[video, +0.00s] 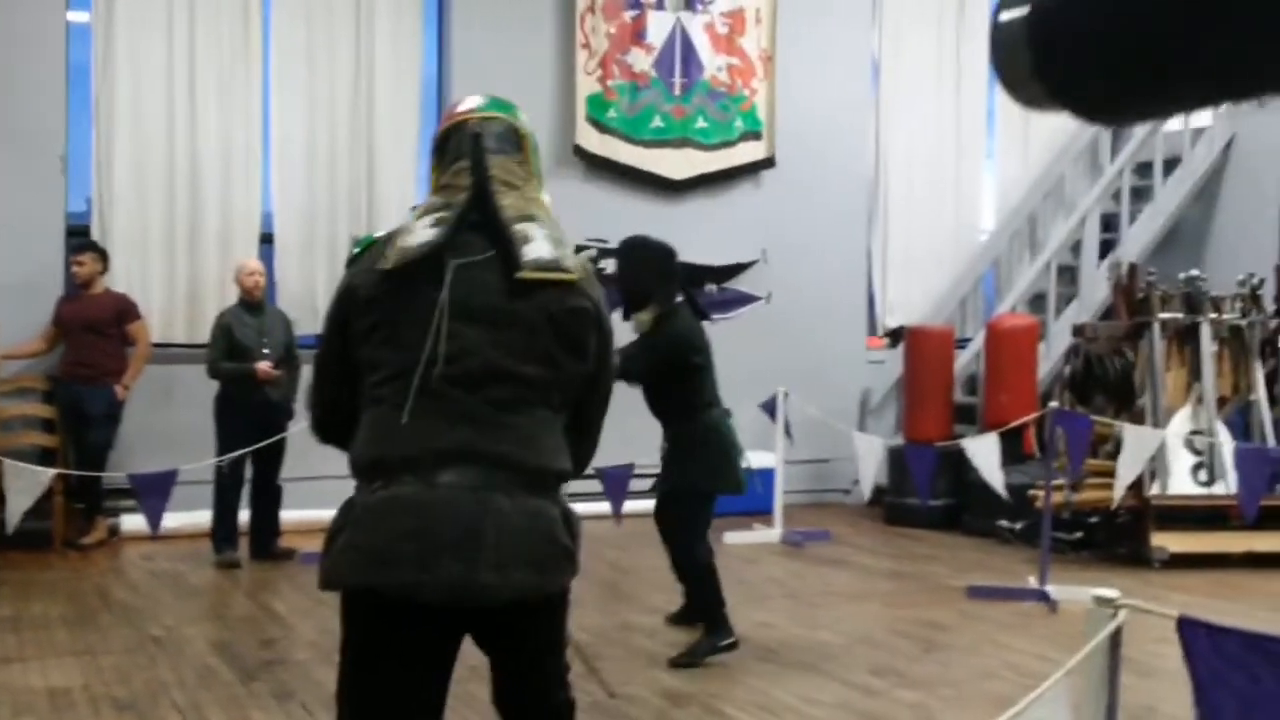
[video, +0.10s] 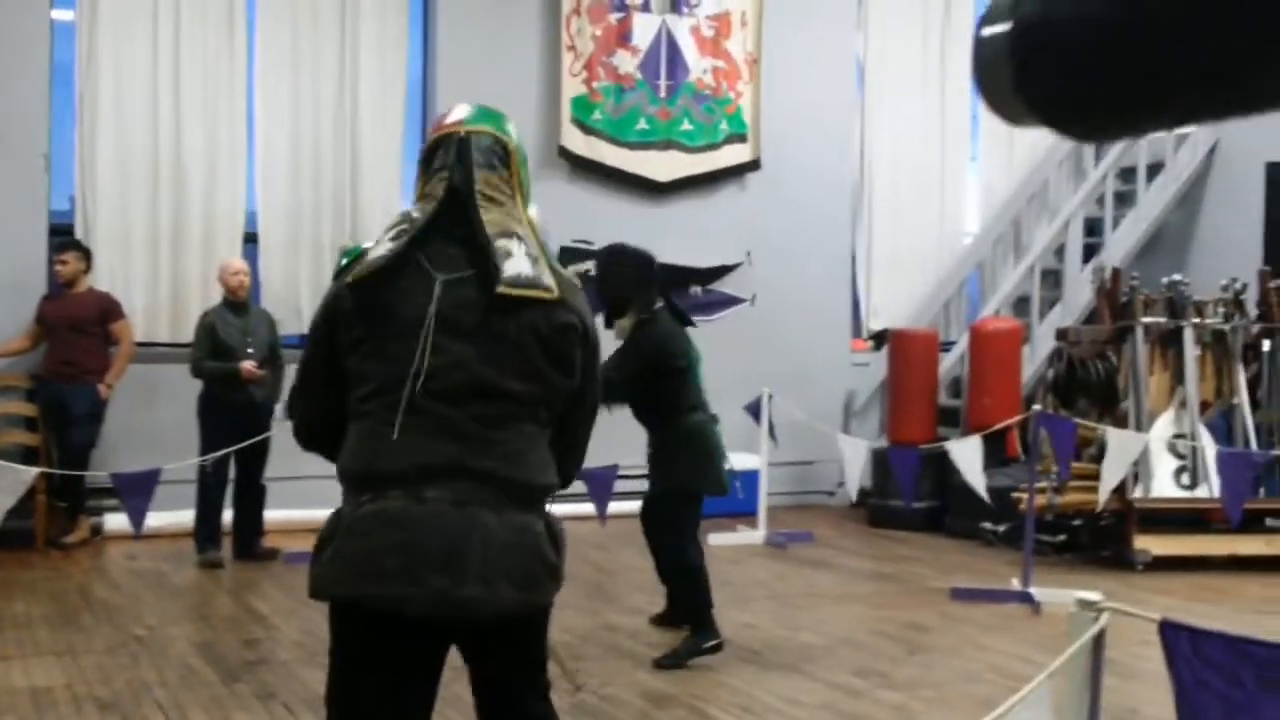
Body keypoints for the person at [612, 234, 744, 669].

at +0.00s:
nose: (619, 285)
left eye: (624, 277)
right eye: (620, 276)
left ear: (642, 280)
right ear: (660, 278)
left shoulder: (674, 331)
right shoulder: (665, 323)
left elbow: (628, 365)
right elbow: (635, 361)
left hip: (701, 446)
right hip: (686, 443)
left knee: (686, 529)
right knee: (669, 517)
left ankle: (718, 625)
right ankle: (698, 599)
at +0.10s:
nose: (600, 295)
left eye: (604, 286)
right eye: (600, 286)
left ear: (620, 289)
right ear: (643, 285)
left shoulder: (654, 336)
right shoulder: (656, 329)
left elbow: (609, 384)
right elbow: (615, 380)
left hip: (686, 453)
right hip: (677, 450)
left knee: (674, 530)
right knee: (656, 519)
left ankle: (704, 627)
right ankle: (681, 603)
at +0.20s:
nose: (585, 304)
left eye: (589, 294)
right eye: (585, 296)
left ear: (605, 297)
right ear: (626, 293)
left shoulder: (632, 339)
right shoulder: (647, 333)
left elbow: (593, 395)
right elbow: (641, 403)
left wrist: (562, 423)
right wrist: (604, 430)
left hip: (669, 452)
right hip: (667, 449)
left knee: (660, 531)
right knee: (639, 519)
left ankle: (689, 628)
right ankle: (665, 603)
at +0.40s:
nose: (549, 312)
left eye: (553, 302)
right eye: (550, 303)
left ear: (570, 300)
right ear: (590, 296)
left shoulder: (598, 339)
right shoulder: (596, 334)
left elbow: (594, 416)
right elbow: (596, 413)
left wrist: (571, 459)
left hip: (637, 449)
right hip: (628, 448)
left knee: (619, 532)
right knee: (600, 520)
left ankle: (652, 629)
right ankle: (631, 601)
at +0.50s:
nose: (539, 315)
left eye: (544, 305)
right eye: (539, 308)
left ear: (563, 300)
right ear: (572, 298)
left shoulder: (594, 347)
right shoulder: (570, 342)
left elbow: (603, 425)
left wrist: (581, 473)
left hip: (630, 456)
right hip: (606, 454)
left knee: (608, 536)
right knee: (582, 524)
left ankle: (620, 629)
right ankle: (617, 600)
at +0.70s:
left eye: (558, 297)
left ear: (571, 306)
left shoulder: (601, 358)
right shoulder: (538, 351)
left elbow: (618, 417)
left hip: (595, 456)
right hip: (554, 456)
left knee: (583, 540)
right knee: (570, 535)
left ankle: (582, 639)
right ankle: (600, 583)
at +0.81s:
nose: (562, 301)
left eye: (568, 292)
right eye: (555, 293)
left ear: (579, 294)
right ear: (542, 296)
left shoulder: (596, 346)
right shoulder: (529, 339)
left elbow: (609, 410)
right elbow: (516, 401)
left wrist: (597, 420)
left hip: (590, 462)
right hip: (537, 463)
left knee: (591, 551)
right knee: (514, 544)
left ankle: (584, 636)